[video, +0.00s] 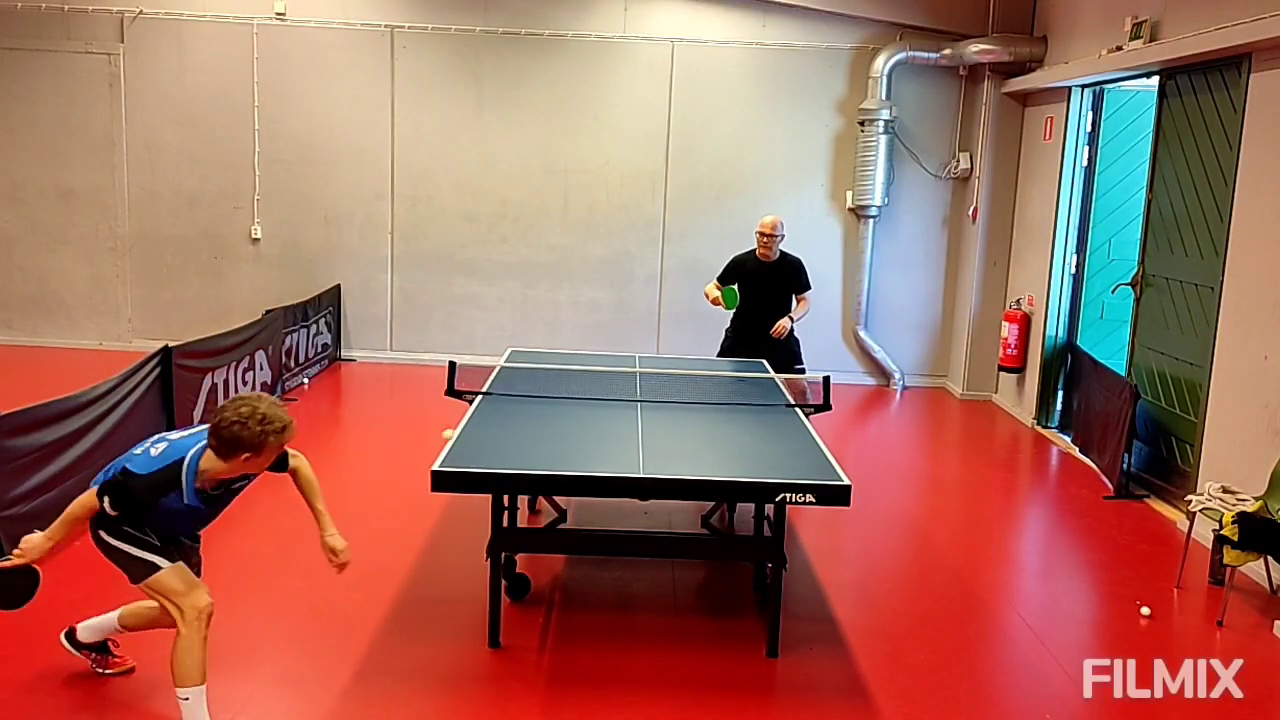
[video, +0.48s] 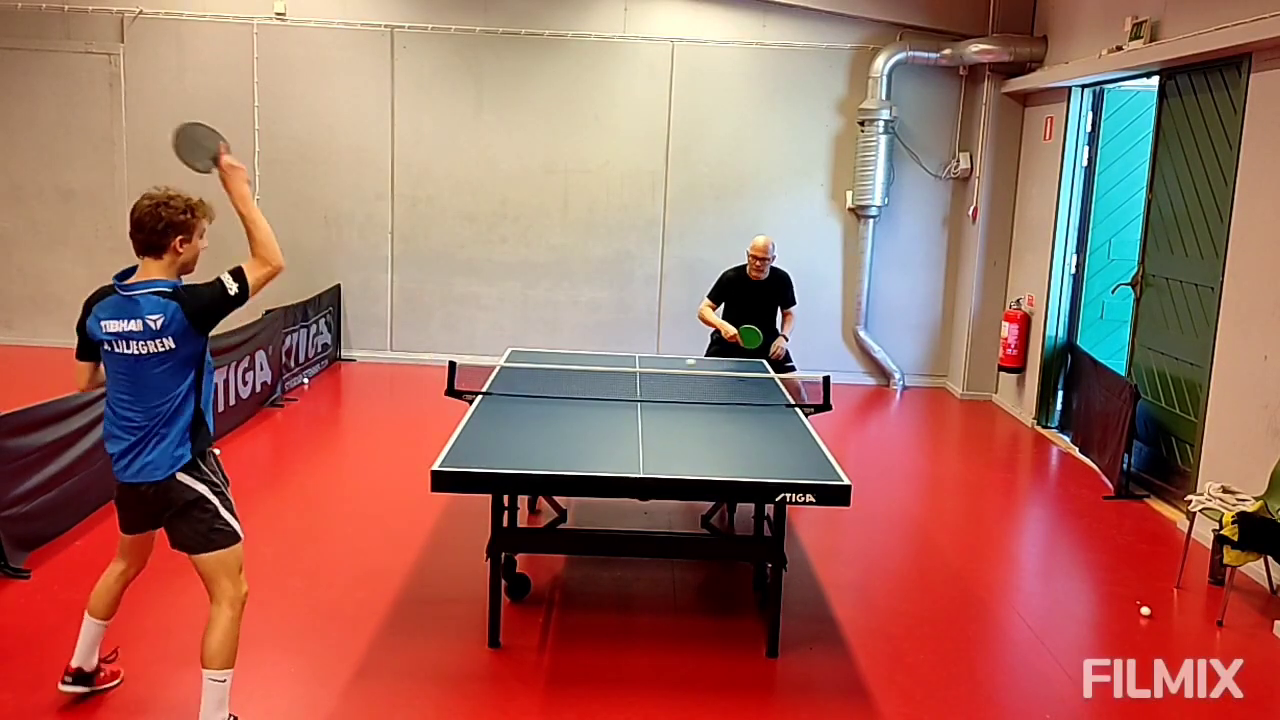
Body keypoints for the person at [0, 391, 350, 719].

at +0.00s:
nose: (281, 455)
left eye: (279, 448)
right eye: (276, 450)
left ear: (246, 451)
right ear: (248, 459)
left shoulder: (245, 451)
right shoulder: (154, 476)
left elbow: (298, 464)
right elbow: (91, 500)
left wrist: (328, 529)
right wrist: (47, 540)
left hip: (178, 529)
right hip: (122, 523)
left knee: (178, 614)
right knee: (197, 606)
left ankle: (85, 635)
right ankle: (197, 715)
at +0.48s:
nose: (201, 247)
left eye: (201, 237)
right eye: (199, 238)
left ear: (143, 241)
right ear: (178, 242)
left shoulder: (100, 304)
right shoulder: (189, 303)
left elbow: (86, 380)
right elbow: (269, 263)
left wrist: (135, 361)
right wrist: (240, 192)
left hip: (129, 468)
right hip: (184, 469)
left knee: (128, 559)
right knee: (229, 593)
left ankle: (81, 667)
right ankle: (215, 715)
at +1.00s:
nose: (235, 273)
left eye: (235, 264)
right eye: (232, 265)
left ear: (178, 263)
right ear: (210, 270)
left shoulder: (130, 304)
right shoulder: (176, 339)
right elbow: (143, 434)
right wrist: (210, 481)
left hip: (104, 482)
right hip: (147, 490)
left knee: (122, 573)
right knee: (225, 593)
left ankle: (81, 681)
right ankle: (224, 715)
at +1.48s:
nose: (390, 343)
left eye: (392, 334)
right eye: (387, 333)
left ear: (339, 325)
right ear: (355, 330)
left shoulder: (280, 341)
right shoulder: (317, 396)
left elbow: (209, 385)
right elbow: (343, 492)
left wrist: (218, 446)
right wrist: (424, 505)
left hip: (175, 489)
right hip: (212, 512)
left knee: (152, 596)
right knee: (302, 616)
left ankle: (99, 693)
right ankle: (280, 715)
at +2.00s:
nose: (318, 262)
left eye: (316, 252)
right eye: (316, 253)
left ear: (257, 257)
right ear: (303, 263)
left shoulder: (207, 311)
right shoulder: (298, 346)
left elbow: (159, 387)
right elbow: (327, 438)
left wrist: (207, 405)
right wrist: (386, 403)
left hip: (192, 493)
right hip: (249, 503)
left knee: (167, 606)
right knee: (305, 609)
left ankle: (120, 713)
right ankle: (279, 716)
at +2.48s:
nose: (303, 282)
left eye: (303, 273)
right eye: (301, 274)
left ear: (252, 271)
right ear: (282, 280)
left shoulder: (224, 307)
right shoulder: (219, 359)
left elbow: (227, 387)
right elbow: (175, 454)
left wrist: (275, 419)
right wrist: (177, 538)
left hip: (154, 485)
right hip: (188, 494)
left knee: (144, 602)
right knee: (225, 619)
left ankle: (114, 714)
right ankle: (223, 718)